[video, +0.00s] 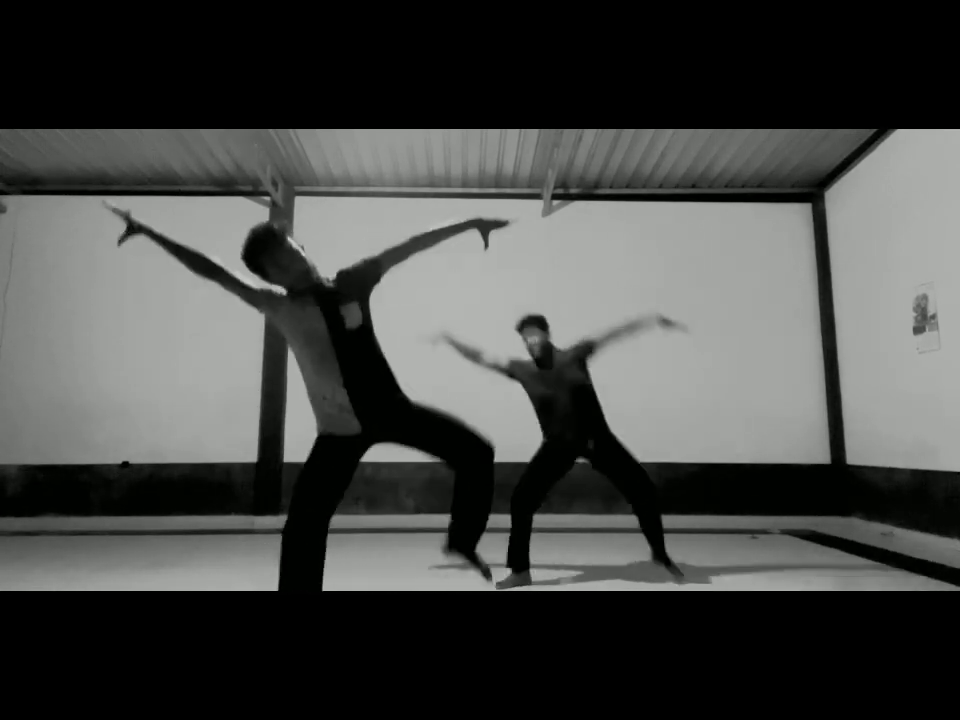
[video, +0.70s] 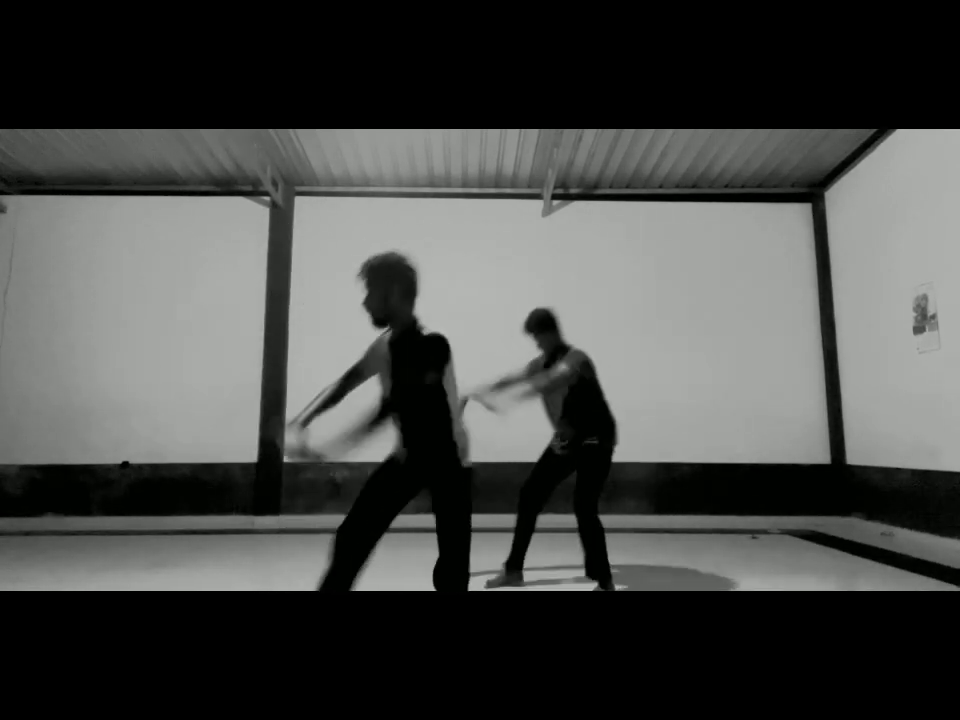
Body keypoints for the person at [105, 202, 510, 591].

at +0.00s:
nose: (292, 261)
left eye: (288, 252)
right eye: (280, 262)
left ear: (296, 248)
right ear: (270, 274)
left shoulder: (354, 282)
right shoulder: (278, 310)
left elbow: (413, 246)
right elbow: (211, 271)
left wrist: (472, 224)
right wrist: (148, 232)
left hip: (395, 416)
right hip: (339, 434)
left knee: (476, 453)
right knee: (303, 527)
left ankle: (460, 551)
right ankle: (299, 598)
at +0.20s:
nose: (289, 270)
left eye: (286, 261)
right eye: (276, 270)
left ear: (296, 258)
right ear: (266, 285)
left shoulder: (352, 300)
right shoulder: (272, 326)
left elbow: (411, 276)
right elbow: (192, 295)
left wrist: (476, 257)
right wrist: (126, 259)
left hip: (386, 425)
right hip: (332, 447)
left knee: (473, 449)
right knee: (295, 546)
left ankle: (453, 539)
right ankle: (296, 601)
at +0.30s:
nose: (298, 285)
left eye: (295, 276)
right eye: (284, 283)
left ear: (303, 279)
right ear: (270, 302)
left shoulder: (351, 323)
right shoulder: (270, 351)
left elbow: (420, 306)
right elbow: (185, 334)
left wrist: (482, 288)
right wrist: (115, 310)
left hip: (389, 448)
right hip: (331, 463)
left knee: (473, 491)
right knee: (280, 561)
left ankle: (454, 584)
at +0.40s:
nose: (313, 307)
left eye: (312, 297)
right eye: (300, 305)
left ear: (322, 298)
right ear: (285, 318)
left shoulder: (370, 343)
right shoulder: (286, 369)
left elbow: (440, 335)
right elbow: (202, 370)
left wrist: (499, 326)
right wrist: (125, 365)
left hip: (392, 469)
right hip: (334, 478)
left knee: (461, 531)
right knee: (272, 569)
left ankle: (463, 608)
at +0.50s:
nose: (337, 318)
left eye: (339, 306)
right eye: (326, 313)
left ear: (349, 305)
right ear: (315, 321)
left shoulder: (393, 357)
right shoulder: (317, 375)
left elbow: (452, 363)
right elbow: (242, 397)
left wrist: (515, 367)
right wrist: (164, 414)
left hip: (401, 480)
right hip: (348, 483)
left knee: (453, 569)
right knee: (278, 568)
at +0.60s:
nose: (358, 321)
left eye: (364, 310)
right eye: (351, 312)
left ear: (383, 306)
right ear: (346, 315)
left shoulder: (423, 360)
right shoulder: (353, 369)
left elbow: (452, 407)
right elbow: (295, 408)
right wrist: (245, 441)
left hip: (422, 479)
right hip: (372, 480)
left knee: (452, 572)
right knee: (306, 558)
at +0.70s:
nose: (365, 302)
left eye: (371, 292)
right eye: (367, 292)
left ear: (396, 295)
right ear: (391, 297)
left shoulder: (433, 346)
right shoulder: (384, 349)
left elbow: (389, 410)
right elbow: (345, 384)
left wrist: (334, 449)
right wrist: (302, 420)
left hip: (448, 461)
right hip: (407, 460)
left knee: (455, 559)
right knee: (353, 538)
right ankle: (331, 594)